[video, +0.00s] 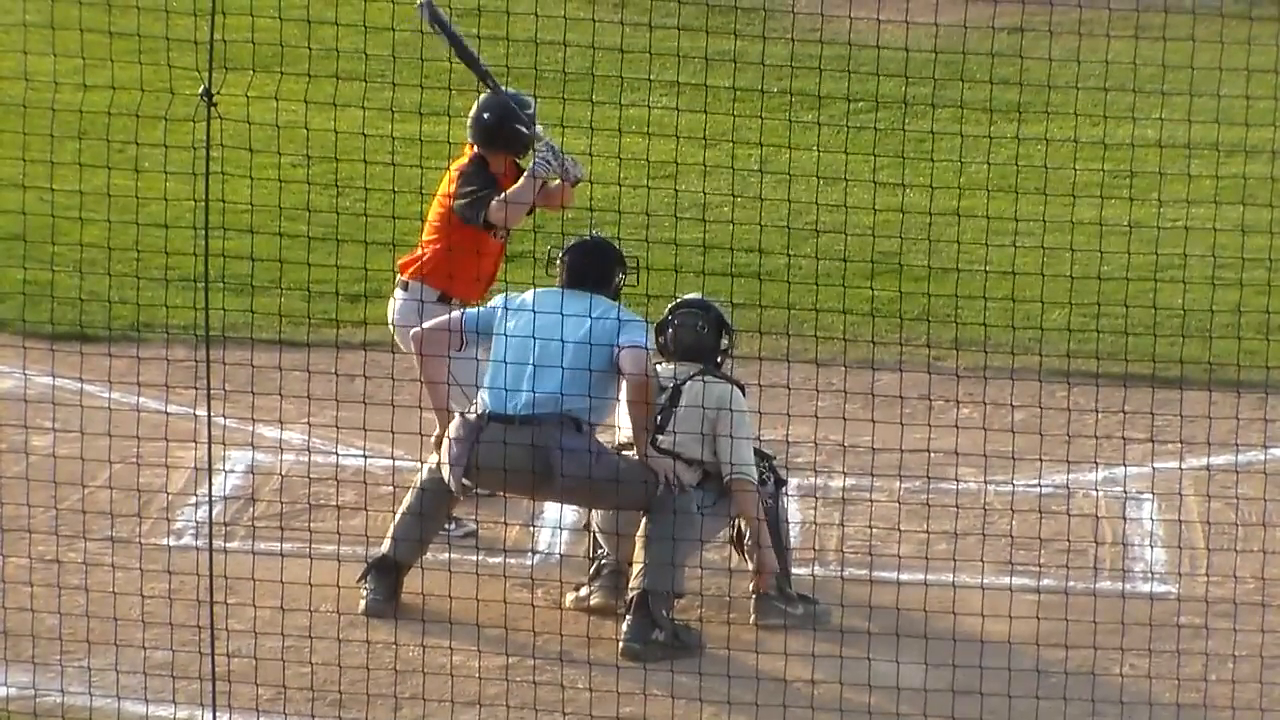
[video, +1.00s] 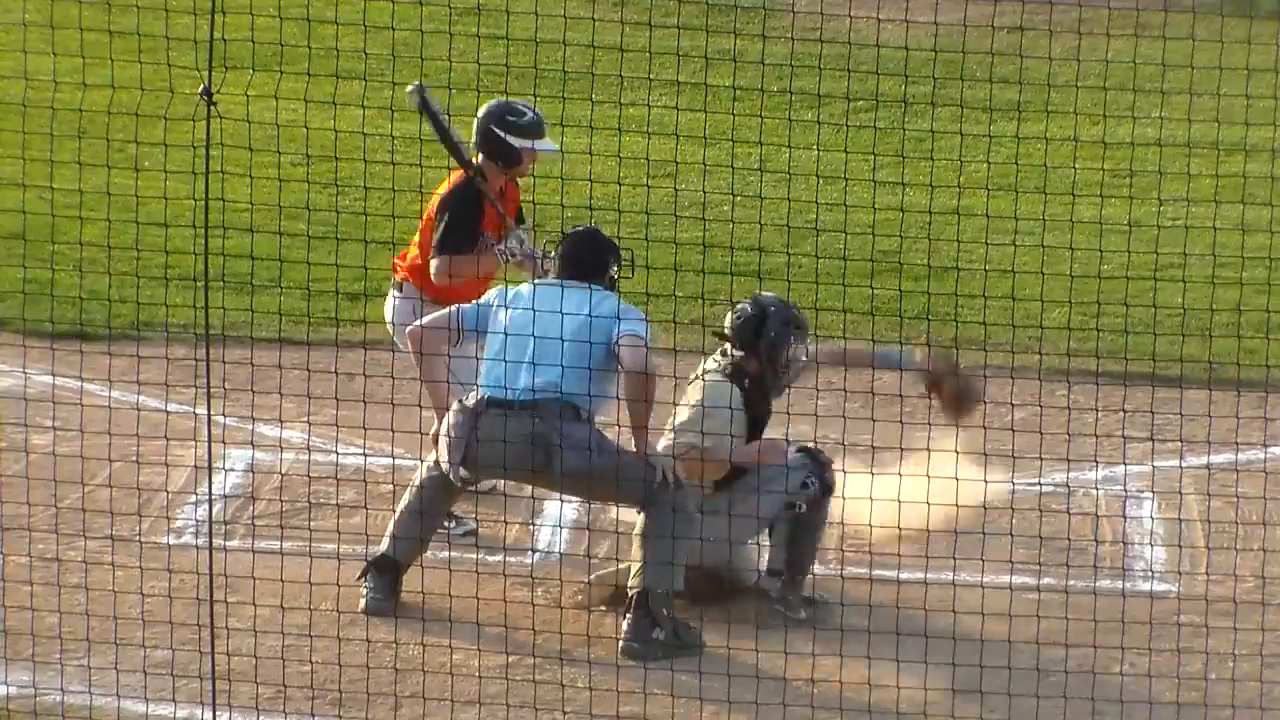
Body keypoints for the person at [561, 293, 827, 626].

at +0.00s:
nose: (724, 346)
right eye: (721, 339)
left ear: (662, 342)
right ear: (716, 346)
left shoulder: (636, 382)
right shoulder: (724, 394)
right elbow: (740, 479)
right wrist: (763, 548)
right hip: (690, 510)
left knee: (615, 470)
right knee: (765, 476)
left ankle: (606, 578)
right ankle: (776, 593)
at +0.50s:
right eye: (724, 342)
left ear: (666, 343)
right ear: (721, 349)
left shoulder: (639, 380)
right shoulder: (727, 396)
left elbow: (615, 444)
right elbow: (746, 481)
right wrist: (768, 548)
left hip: (630, 507)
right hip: (695, 513)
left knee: (620, 471)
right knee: (767, 477)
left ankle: (606, 579)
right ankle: (775, 594)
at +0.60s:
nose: (733, 351)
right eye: (731, 344)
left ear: (671, 342)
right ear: (722, 349)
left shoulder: (641, 378)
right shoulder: (726, 396)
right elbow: (742, 486)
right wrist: (770, 547)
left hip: (628, 505)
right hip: (694, 511)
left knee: (615, 470)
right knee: (770, 468)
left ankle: (607, 576)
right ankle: (776, 591)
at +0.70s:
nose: (745, 357)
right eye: (743, 349)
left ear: (688, 346)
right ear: (736, 354)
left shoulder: (665, 384)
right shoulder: (725, 398)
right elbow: (728, 495)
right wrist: (776, 545)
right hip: (686, 510)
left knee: (618, 469)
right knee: (768, 474)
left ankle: (607, 574)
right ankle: (775, 592)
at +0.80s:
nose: (772, 364)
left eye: (772, 354)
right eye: (768, 354)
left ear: (718, 350)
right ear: (751, 359)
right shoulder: (723, 397)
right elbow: (710, 495)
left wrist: (829, 497)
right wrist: (763, 514)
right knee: (767, 470)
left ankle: (612, 568)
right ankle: (773, 593)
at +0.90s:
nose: (786, 366)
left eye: (786, 357)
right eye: (781, 356)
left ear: (744, 349)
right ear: (756, 354)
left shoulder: (743, 382)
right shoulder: (718, 389)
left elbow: (824, 417)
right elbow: (682, 465)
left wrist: (893, 457)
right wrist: (751, 479)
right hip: (670, 515)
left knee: (716, 585)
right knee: (783, 459)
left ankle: (622, 577)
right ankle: (778, 594)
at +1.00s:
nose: (794, 358)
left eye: (795, 348)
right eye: (787, 348)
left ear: (749, 342)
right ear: (760, 350)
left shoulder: (745, 368)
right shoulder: (720, 393)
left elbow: (825, 358)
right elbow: (686, 464)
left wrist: (907, 363)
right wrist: (748, 454)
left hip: (681, 507)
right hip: (689, 519)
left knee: (731, 582)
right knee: (811, 472)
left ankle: (649, 576)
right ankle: (789, 593)